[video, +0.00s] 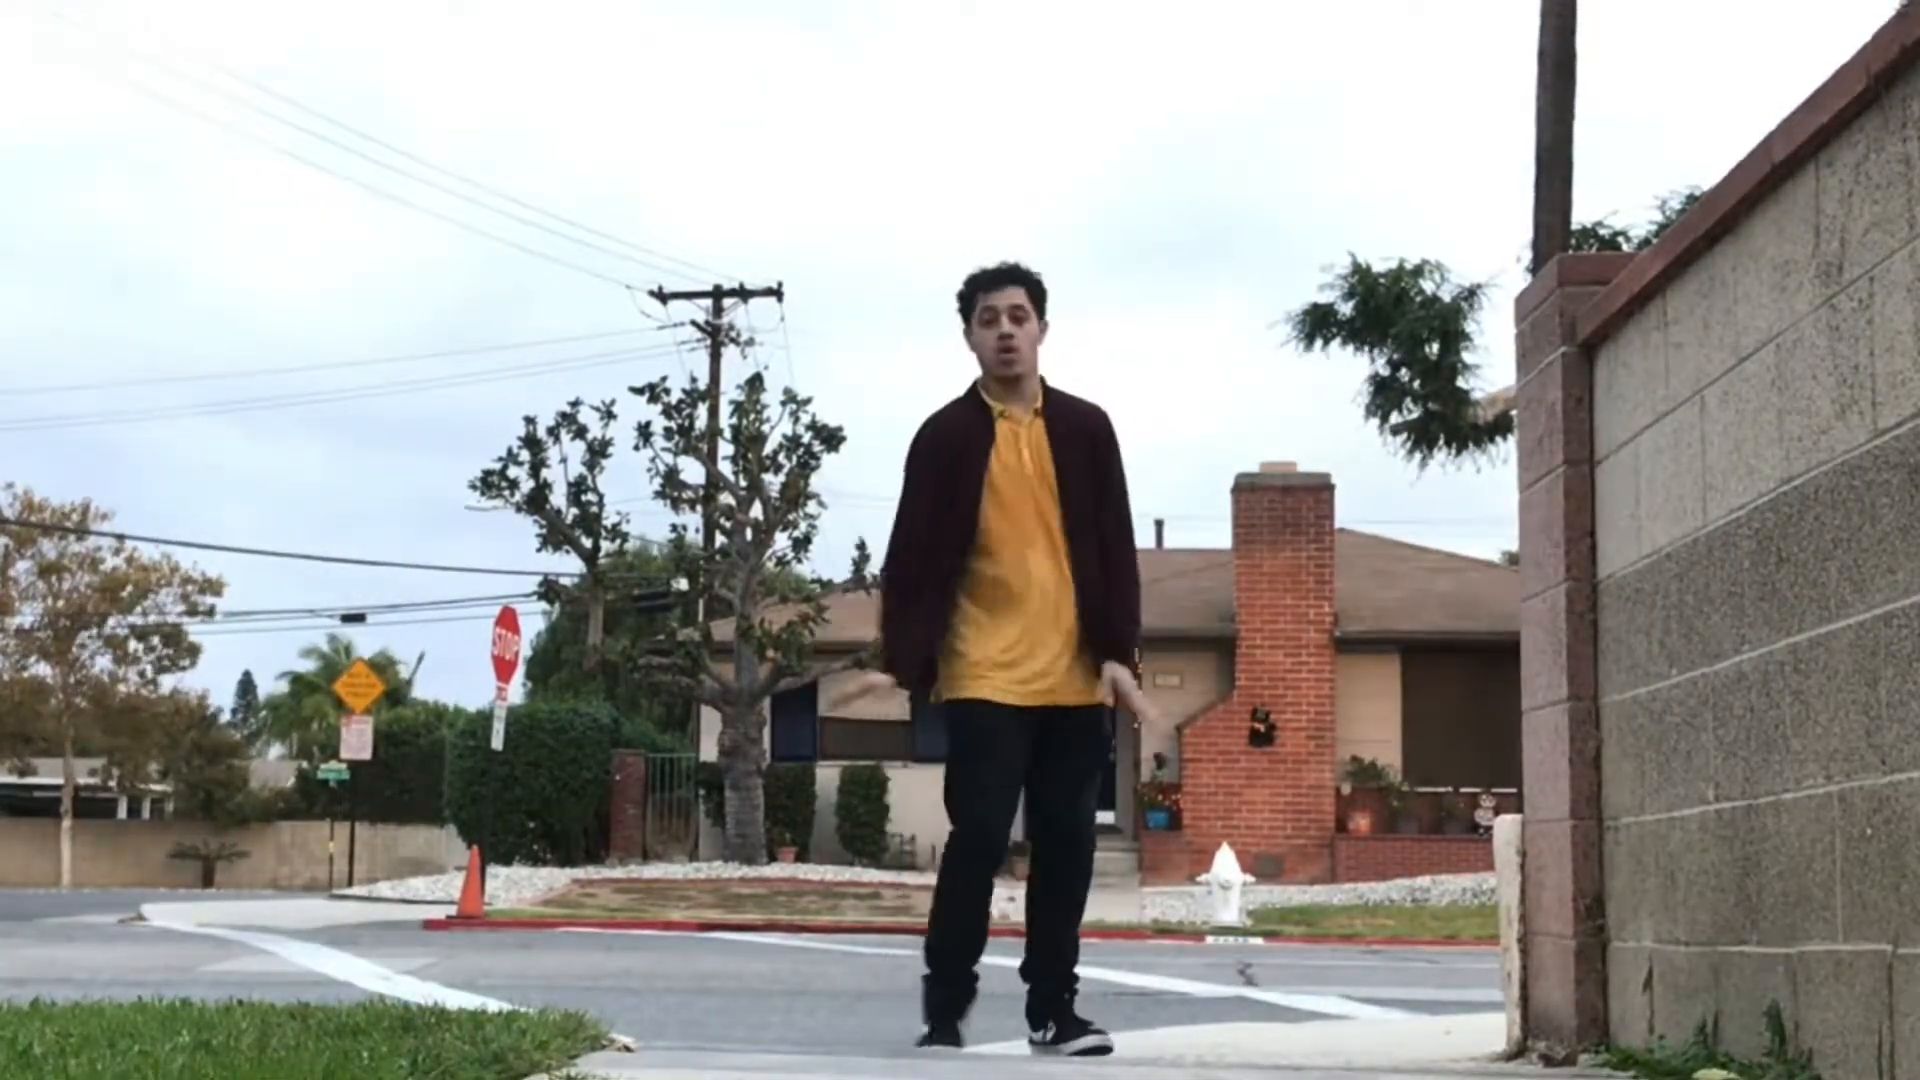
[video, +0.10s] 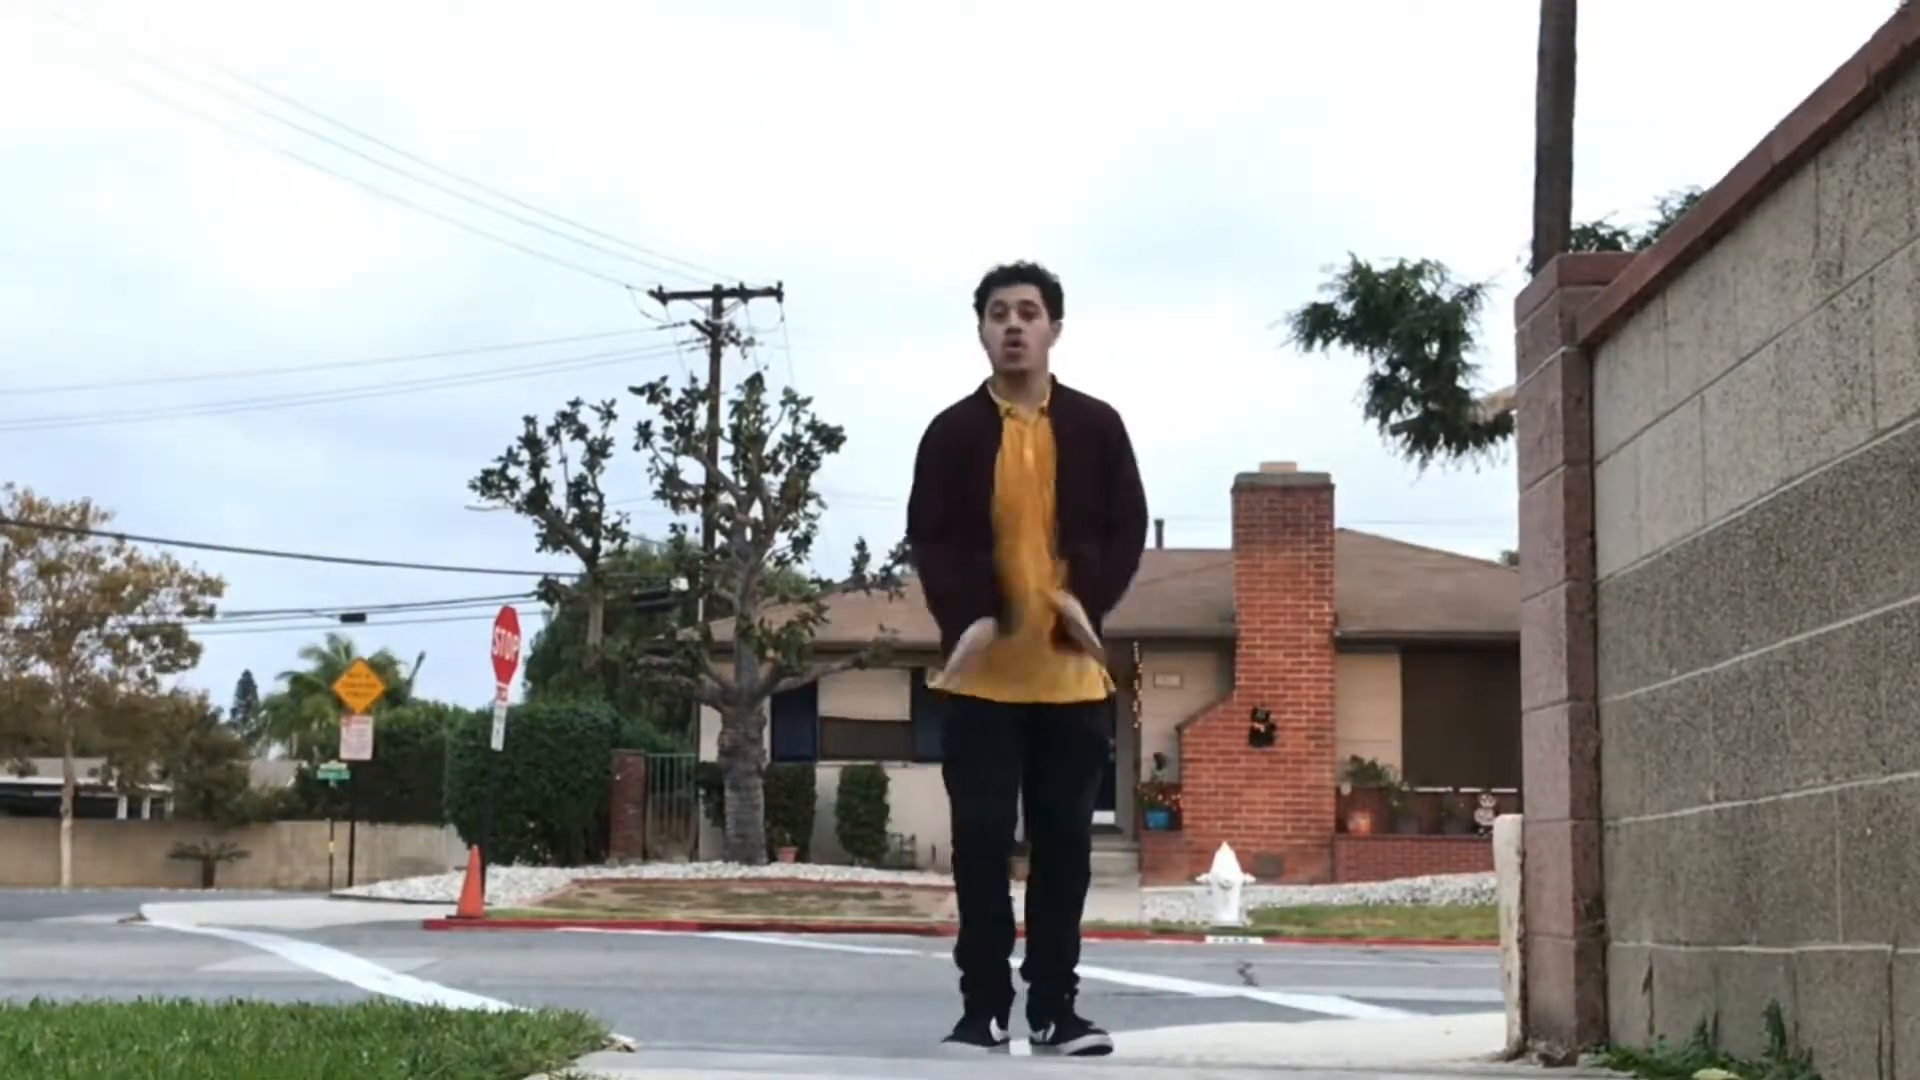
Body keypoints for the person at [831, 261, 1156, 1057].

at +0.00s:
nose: (1006, 330)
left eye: (1018, 316)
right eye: (990, 320)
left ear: (1042, 329)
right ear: (969, 337)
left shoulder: (1088, 428)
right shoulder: (945, 434)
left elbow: (1115, 545)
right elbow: (912, 554)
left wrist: (1119, 651)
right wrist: (912, 667)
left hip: (1073, 674)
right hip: (982, 672)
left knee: (1068, 849)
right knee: (980, 839)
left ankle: (1052, 1011)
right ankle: (944, 1010)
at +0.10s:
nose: (1013, 325)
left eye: (1027, 313)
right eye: (999, 314)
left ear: (1054, 330)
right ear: (981, 332)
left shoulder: (1098, 425)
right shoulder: (950, 431)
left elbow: (1127, 527)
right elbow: (930, 535)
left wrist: (1091, 600)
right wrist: (965, 616)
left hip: (1071, 678)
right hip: (981, 679)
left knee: (1065, 850)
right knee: (981, 847)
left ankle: (1053, 1009)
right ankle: (984, 1009)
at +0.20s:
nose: (1016, 329)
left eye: (1033, 318)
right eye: (1005, 317)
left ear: (1059, 337)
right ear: (987, 333)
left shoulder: (1094, 428)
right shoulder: (949, 432)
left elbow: (1124, 529)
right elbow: (938, 541)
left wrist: (1041, 523)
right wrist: (1027, 566)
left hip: (1077, 666)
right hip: (985, 667)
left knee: (1071, 845)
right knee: (981, 842)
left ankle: (1054, 1008)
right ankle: (983, 1010)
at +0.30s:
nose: (1016, 345)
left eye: (1034, 336)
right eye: (1006, 332)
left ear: (1057, 357)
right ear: (986, 345)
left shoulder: (1085, 440)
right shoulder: (946, 447)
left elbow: (1091, 511)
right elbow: (968, 561)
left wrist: (998, 507)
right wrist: (1067, 541)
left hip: (1094, 675)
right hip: (1000, 677)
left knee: (1087, 851)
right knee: (995, 846)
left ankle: (1056, 1007)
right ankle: (989, 1011)